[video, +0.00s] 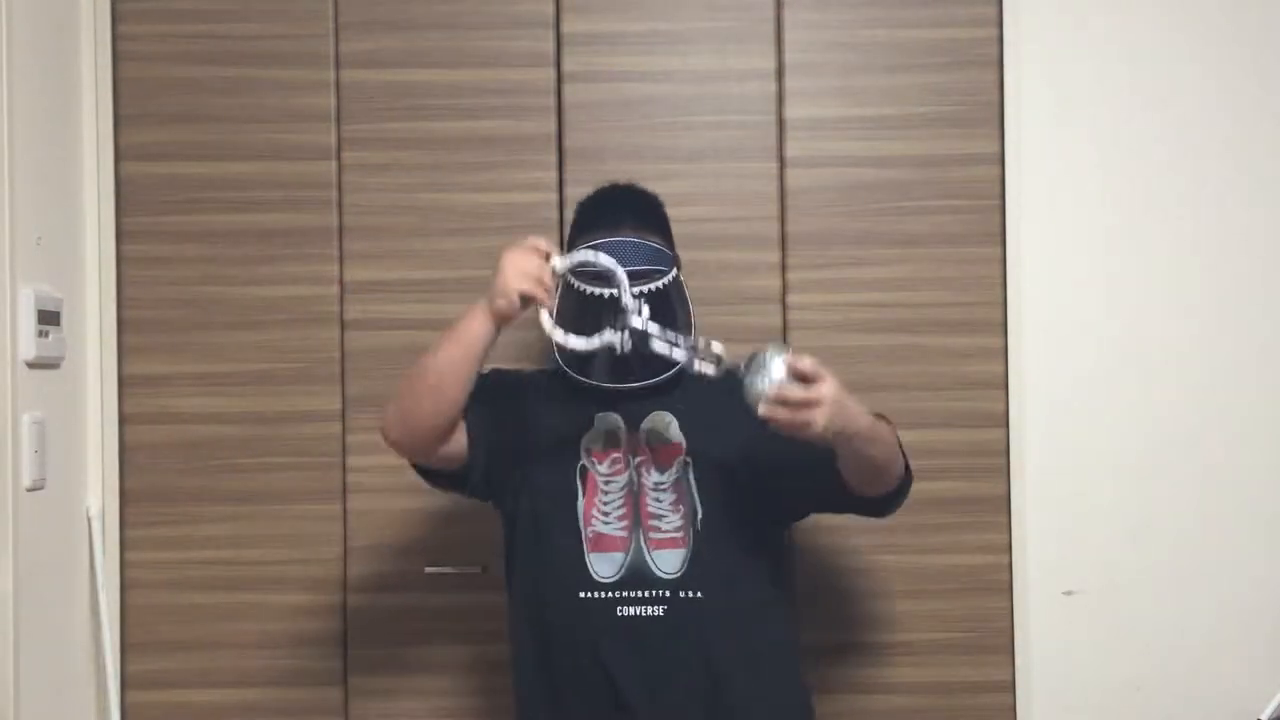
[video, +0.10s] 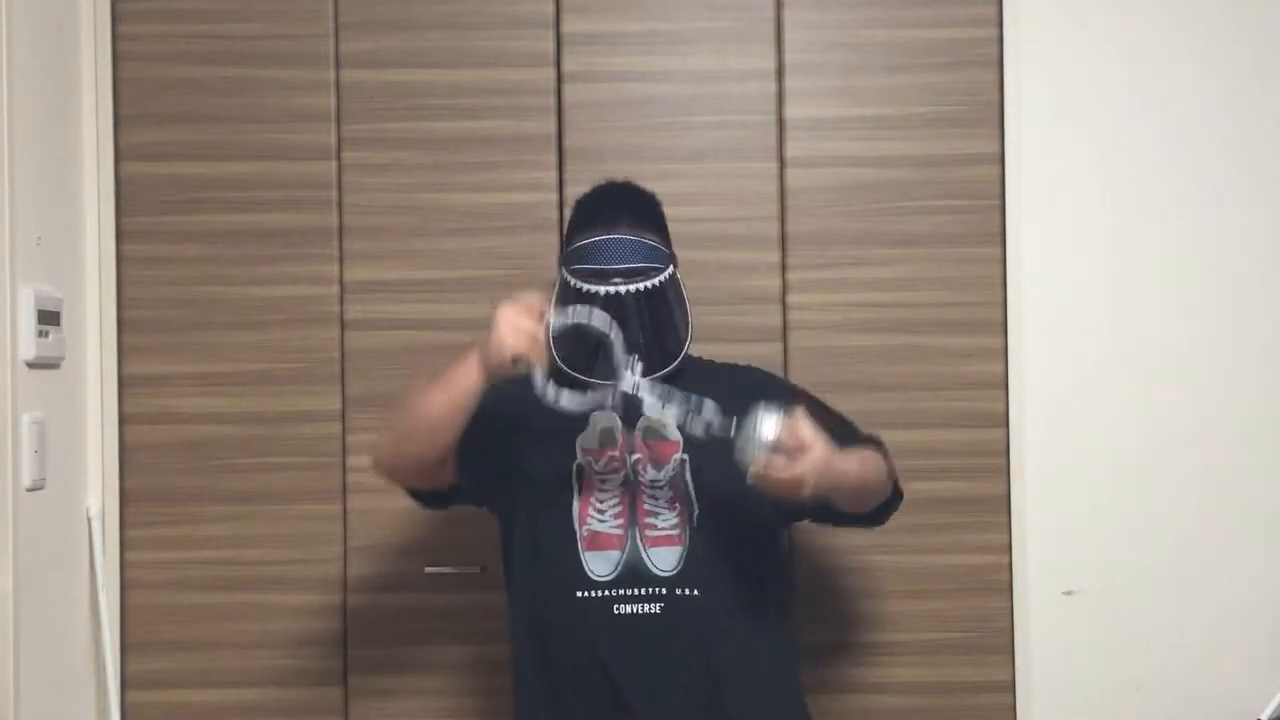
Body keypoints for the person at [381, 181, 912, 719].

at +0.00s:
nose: (625, 288)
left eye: (645, 266)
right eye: (601, 268)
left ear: (674, 276)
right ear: (565, 281)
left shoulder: (743, 405)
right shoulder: (522, 413)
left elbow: (885, 487)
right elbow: (409, 431)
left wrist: (850, 422)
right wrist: (490, 315)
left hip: (738, 697)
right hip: (575, 699)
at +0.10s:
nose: (619, 310)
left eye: (639, 288)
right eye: (597, 290)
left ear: (671, 287)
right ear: (564, 292)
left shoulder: (744, 401)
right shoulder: (517, 414)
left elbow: (879, 485)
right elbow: (400, 462)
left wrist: (827, 473)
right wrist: (484, 365)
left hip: (735, 699)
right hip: (572, 701)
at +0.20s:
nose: (603, 315)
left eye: (622, 293)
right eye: (583, 295)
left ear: (657, 289)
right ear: (555, 291)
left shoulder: (733, 408)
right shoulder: (503, 418)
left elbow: (845, 501)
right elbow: (389, 513)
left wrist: (798, 546)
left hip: (710, 698)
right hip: (555, 700)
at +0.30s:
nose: (585, 317)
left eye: (604, 297)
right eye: (566, 297)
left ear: (639, 296)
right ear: (535, 296)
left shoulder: (710, 420)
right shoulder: (484, 425)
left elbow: (790, 544)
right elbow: (391, 548)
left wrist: (759, 635)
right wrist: (448, 552)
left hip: (677, 703)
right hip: (529, 703)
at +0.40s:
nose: (552, 328)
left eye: (571, 307)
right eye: (534, 307)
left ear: (605, 306)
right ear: (504, 305)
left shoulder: (672, 431)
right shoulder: (440, 436)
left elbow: (730, 574)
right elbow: (391, 560)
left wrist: (696, 695)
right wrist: (409, 617)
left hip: (640, 701)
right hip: (493, 700)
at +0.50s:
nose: (509, 333)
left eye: (530, 315)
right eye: (489, 314)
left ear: (563, 316)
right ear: (457, 312)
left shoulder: (622, 441)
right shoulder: (390, 441)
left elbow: (675, 580)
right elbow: (331, 558)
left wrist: (632, 693)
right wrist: (332, 620)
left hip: (577, 702)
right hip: (428, 703)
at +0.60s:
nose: (462, 330)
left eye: (482, 311)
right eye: (444, 310)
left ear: (517, 310)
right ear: (412, 306)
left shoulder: (575, 434)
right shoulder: (343, 431)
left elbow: (629, 566)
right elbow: (275, 525)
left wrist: (558, 644)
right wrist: (247, 541)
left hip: (520, 704)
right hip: (373, 704)